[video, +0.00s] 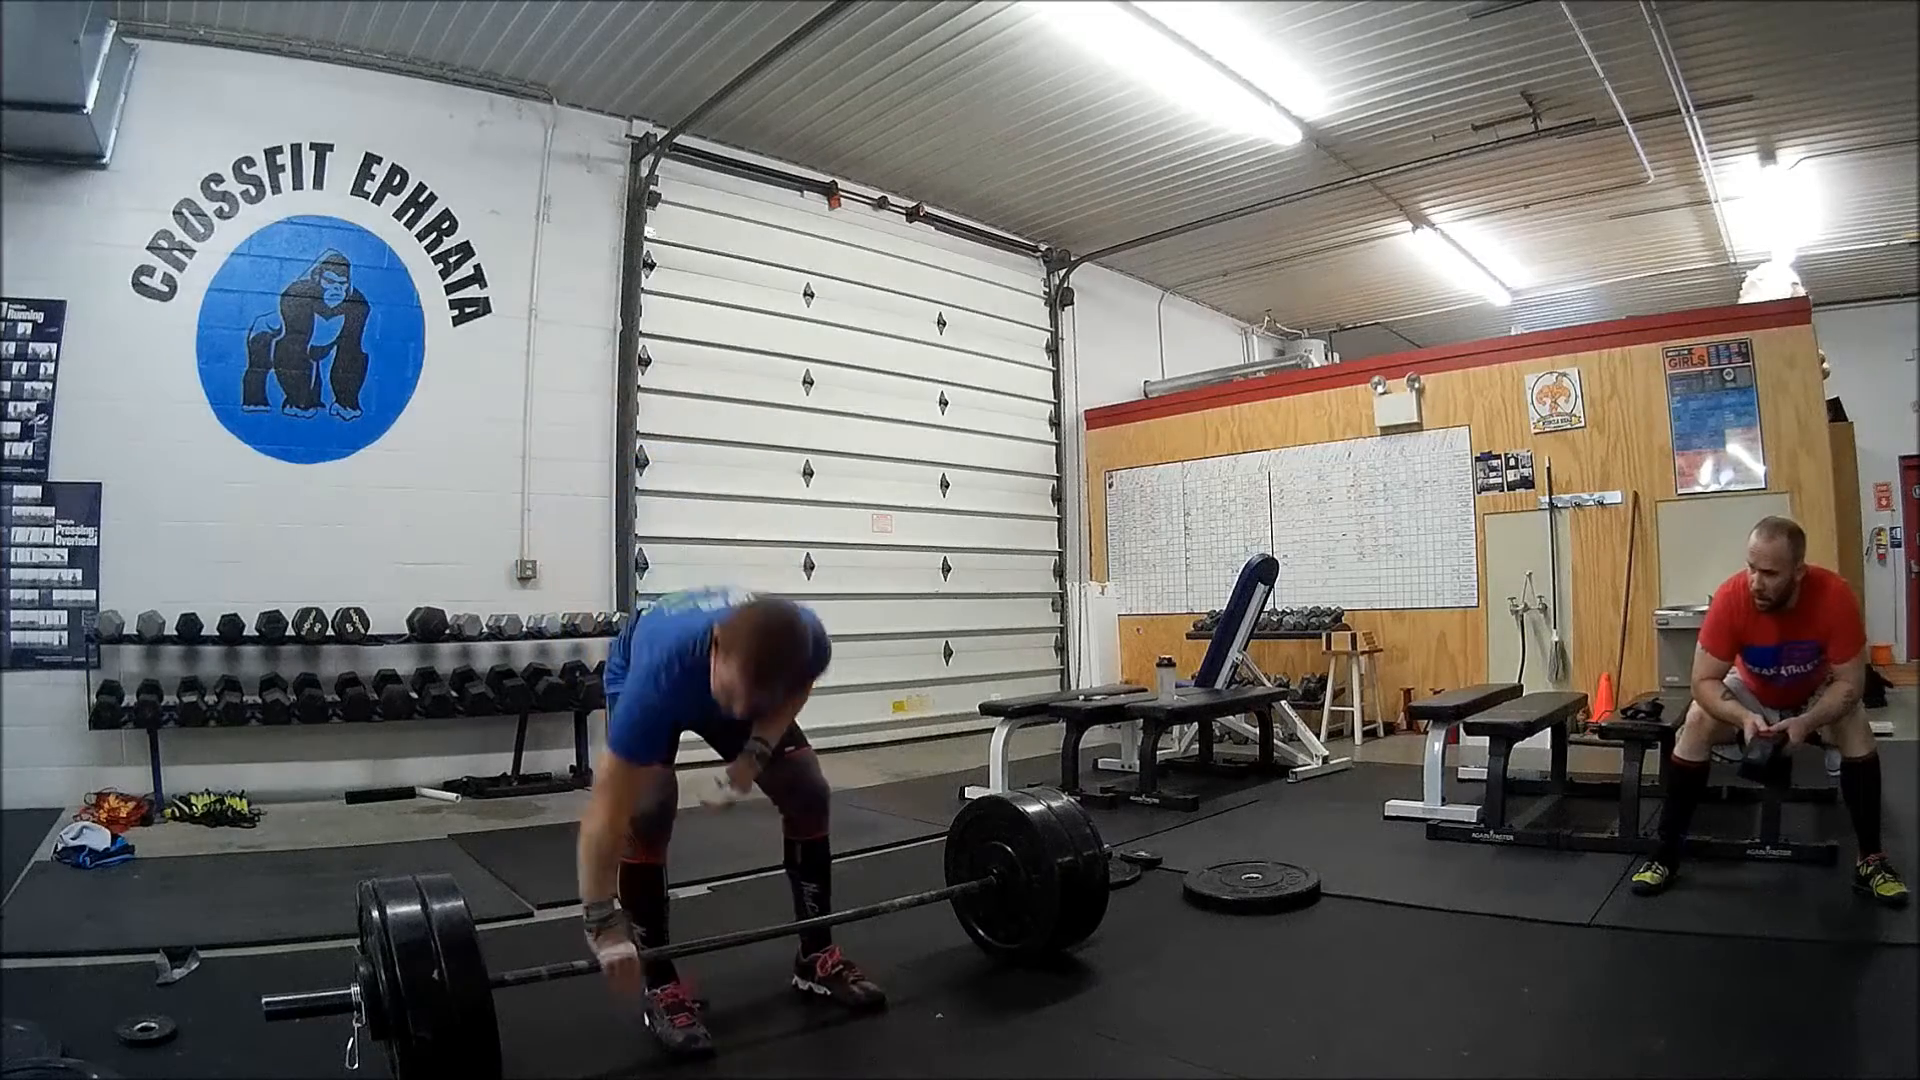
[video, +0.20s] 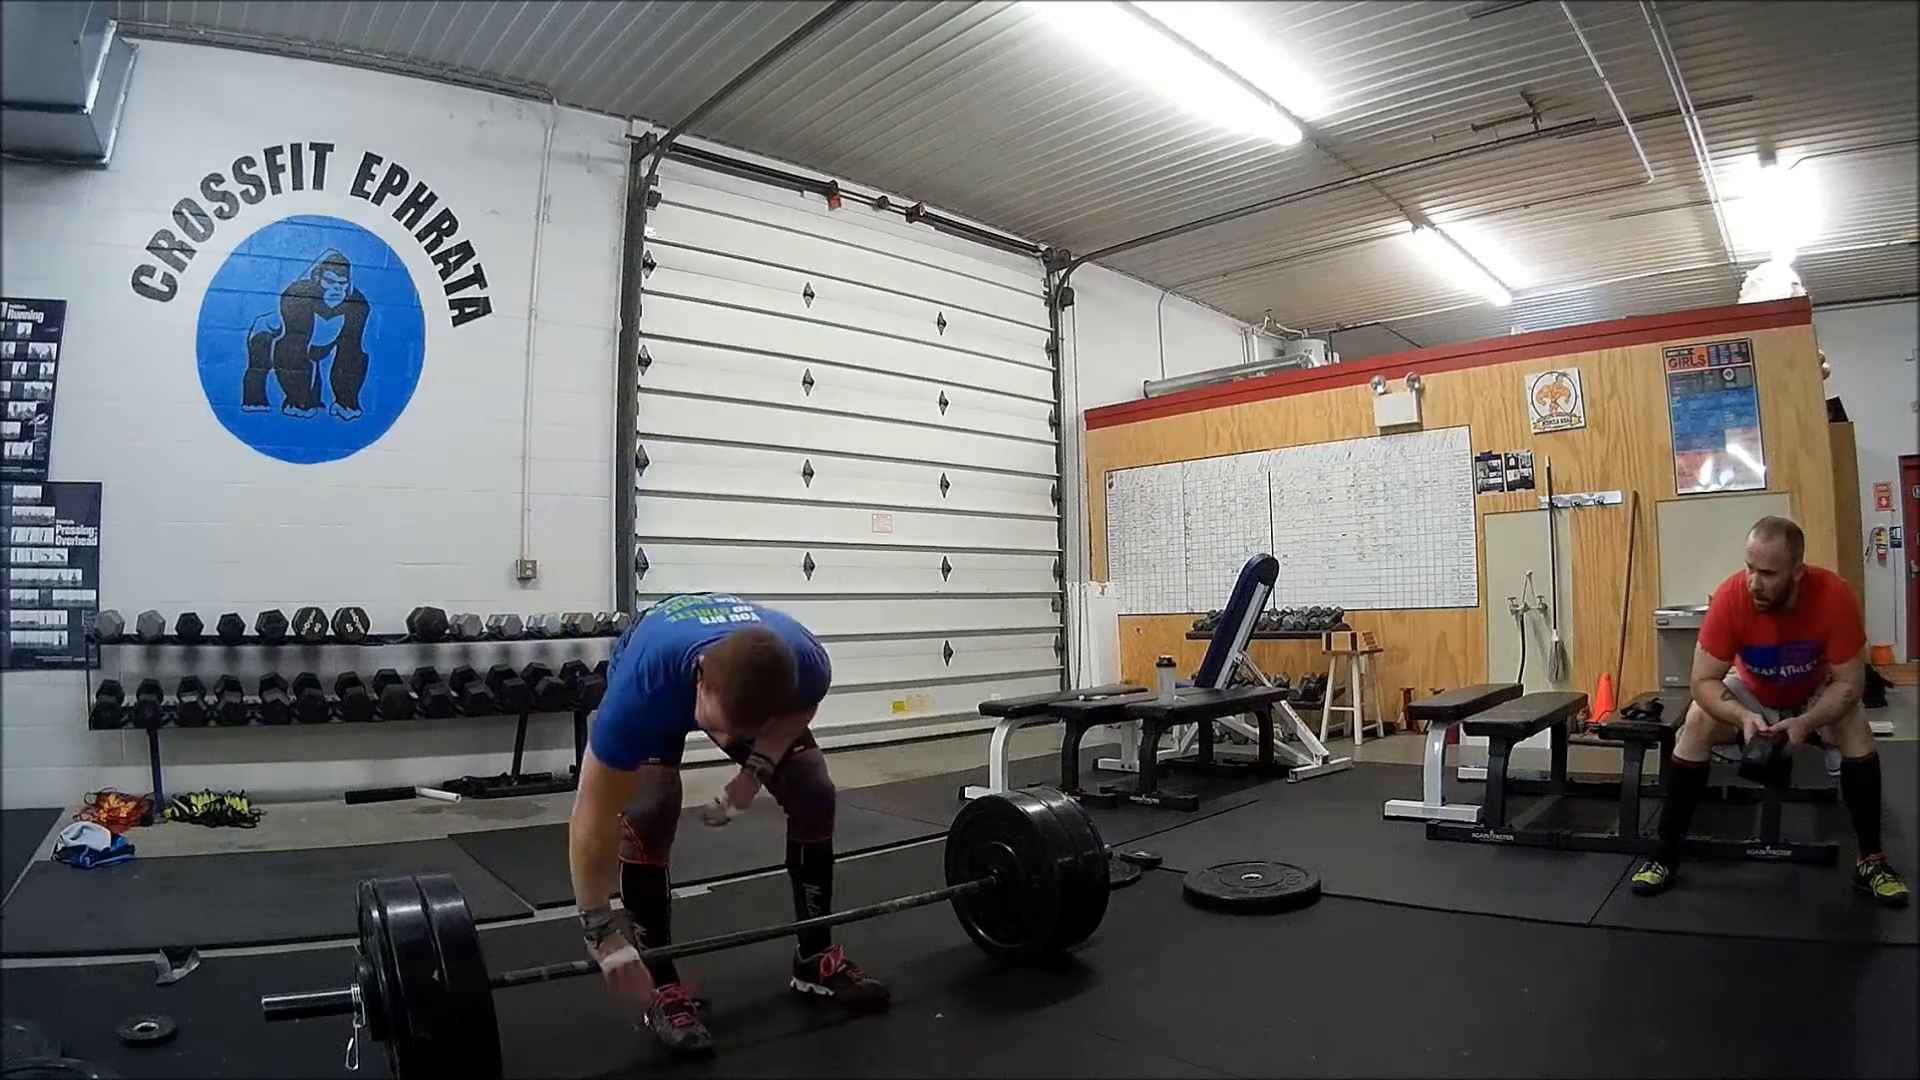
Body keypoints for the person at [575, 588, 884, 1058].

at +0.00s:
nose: (744, 717)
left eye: (759, 708)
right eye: (733, 702)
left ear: (794, 682)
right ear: (716, 656)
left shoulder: (810, 645)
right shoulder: (660, 670)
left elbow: (797, 692)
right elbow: (607, 803)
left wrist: (755, 754)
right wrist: (602, 922)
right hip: (646, 678)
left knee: (809, 793)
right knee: (650, 815)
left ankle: (819, 958)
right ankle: (662, 989)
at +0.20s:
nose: (726, 744)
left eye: (745, 736)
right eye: (718, 727)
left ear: (784, 704)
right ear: (702, 678)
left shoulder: (808, 667)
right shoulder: (643, 690)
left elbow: (803, 707)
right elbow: (592, 814)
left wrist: (754, 773)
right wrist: (600, 931)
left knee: (814, 794)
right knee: (650, 816)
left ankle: (817, 958)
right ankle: (664, 992)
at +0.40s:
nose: (792, 729)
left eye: (797, 719)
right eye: (781, 721)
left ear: (813, 677)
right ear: (733, 693)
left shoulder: (821, 663)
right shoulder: (659, 681)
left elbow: (833, 721)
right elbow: (604, 813)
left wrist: (819, 800)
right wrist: (601, 930)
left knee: (811, 803)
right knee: (647, 823)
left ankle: (821, 957)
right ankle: (669, 988)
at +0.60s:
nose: (851, 740)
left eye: (858, 728)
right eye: (837, 732)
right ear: (792, 706)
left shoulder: (852, 687)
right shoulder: (705, 700)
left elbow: (891, 774)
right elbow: (631, 812)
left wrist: (906, 863)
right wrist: (606, 927)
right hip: (647, 673)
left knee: (804, 803)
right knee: (667, 817)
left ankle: (819, 957)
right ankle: (670, 987)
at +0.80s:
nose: (862, 757)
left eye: (874, 748)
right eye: (858, 747)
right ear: (822, 715)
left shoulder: (867, 687)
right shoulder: (733, 711)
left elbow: (904, 775)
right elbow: (650, 818)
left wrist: (912, 872)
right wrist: (610, 926)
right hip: (657, 678)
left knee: (821, 798)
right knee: (678, 819)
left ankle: (821, 957)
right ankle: (672, 989)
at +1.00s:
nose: (808, 762)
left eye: (822, 755)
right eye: (801, 750)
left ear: (843, 722)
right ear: (774, 703)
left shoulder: (848, 707)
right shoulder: (697, 704)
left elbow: (890, 782)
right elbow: (617, 811)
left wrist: (906, 873)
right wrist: (602, 930)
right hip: (651, 679)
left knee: (820, 800)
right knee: (665, 816)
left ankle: (817, 959)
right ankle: (670, 990)